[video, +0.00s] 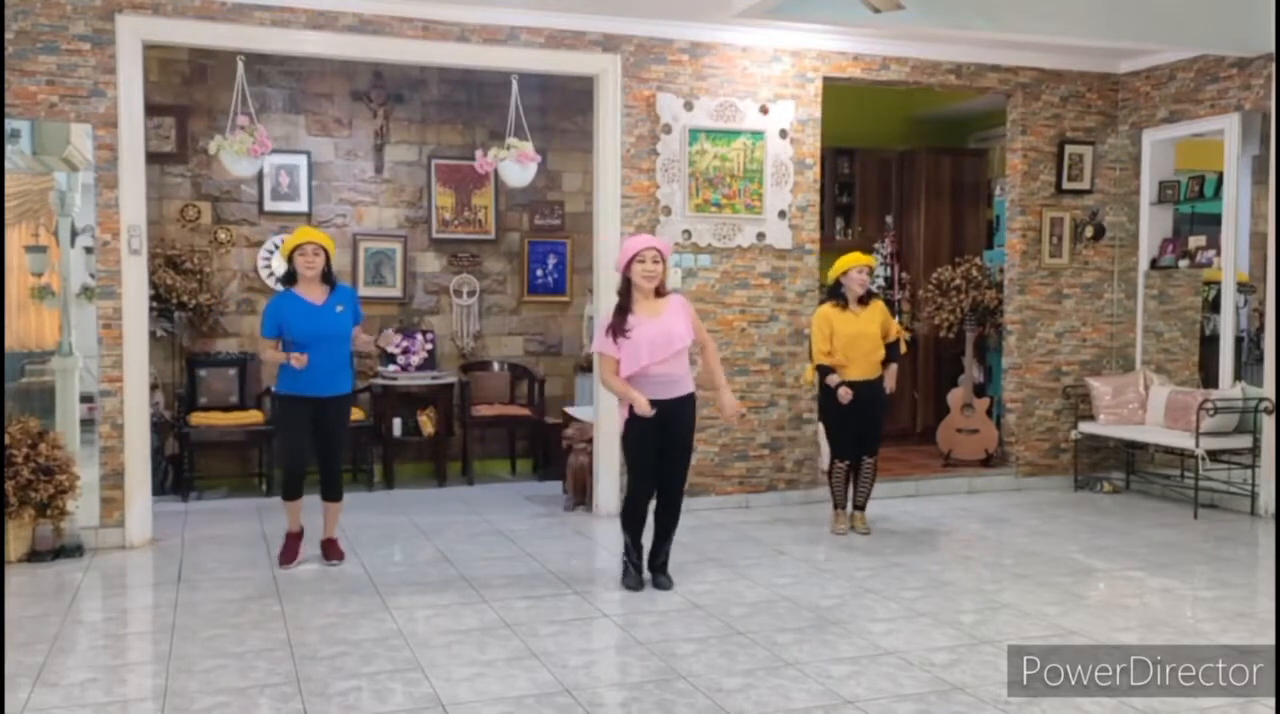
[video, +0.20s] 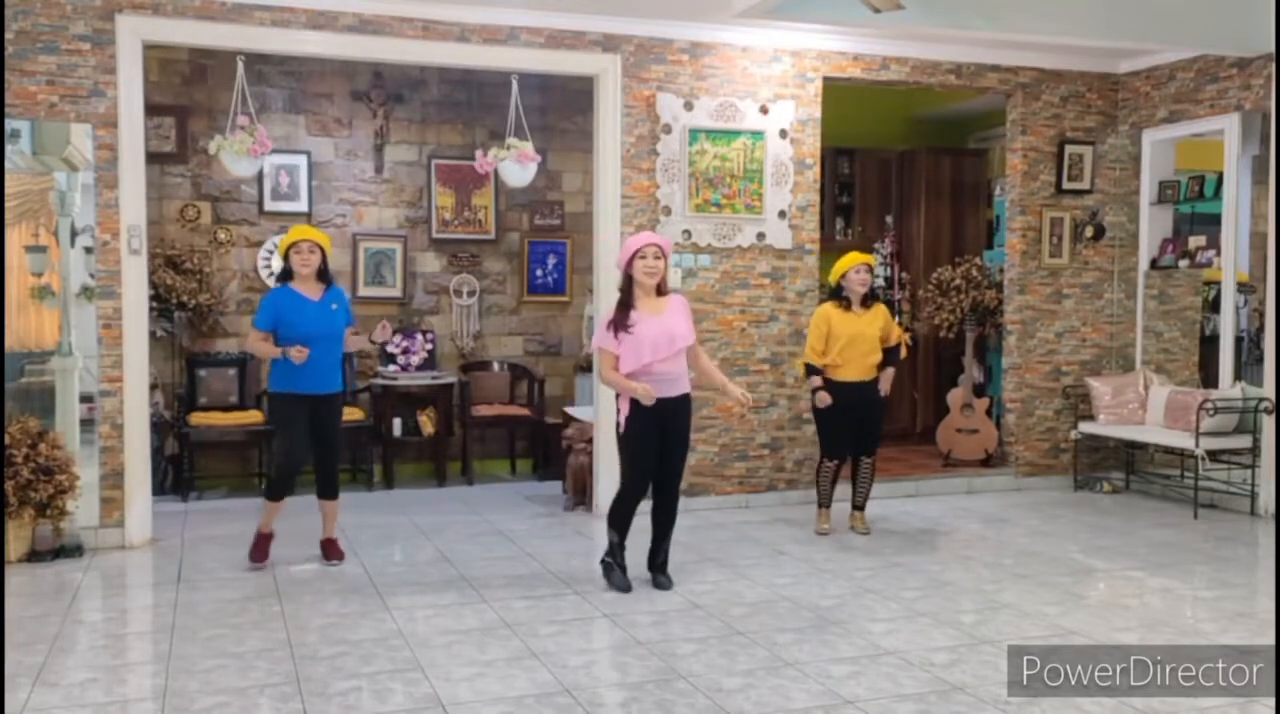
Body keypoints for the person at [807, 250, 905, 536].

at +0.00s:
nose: (865, 279)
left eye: (868, 273)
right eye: (859, 273)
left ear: (870, 278)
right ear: (842, 278)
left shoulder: (877, 308)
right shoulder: (825, 313)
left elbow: (894, 337)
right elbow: (820, 356)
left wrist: (891, 368)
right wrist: (836, 383)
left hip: (871, 387)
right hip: (837, 388)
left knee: (868, 452)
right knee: (841, 453)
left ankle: (859, 512)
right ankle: (839, 511)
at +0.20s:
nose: (864, 277)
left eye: (867, 272)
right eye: (857, 272)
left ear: (872, 278)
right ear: (842, 279)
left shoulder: (879, 312)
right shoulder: (826, 313)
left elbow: (895, 342)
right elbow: (812, 355)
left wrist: (888, 372)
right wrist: (817, 387)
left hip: (868, 390)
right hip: (833, 389)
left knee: (866, 453)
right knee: (833, 454)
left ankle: (859, 512)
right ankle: (824, 511)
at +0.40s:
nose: (856, 276)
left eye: (859, 271)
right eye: (849, 271)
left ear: (864, 278)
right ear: (834, 279)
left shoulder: (871, 314)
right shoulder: (818, 312)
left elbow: (888, 346)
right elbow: (801, 351)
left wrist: (880, 373)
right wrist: (794, 384)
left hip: (857, 391)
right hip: (821, 389)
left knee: (858, 453)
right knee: (818, 453)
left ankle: (857, 512)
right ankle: (811, 514)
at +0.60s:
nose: (844, 277)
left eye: (848, 272)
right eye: (837, 272)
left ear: (855, 278)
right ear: (824, 280)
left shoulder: (862, 315)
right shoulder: (808, 312)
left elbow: (875, 349)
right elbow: (787, 349)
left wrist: (868, 378)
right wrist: (775, 378)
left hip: (844, 392)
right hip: (807, 389)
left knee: (850, 453)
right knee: (808, 454)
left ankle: (856, 512)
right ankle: (810, 514)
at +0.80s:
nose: (835, 279)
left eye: (839, 273)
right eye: (828, 274)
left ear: (846, 279)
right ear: (815, 282)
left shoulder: (858, 312)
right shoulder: (801, 316)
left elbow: (869, 347)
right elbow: (778, 346)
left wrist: (862, 377)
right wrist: (762, 369)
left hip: (837, 393)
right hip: (799, 391)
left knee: (844, 454)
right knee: (803, 454)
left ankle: (846, 510)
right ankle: (809, 514)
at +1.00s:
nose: (831, 278)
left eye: (834, 273)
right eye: (824, 273)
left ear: (841, 279)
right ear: (810, 281)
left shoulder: (854, 309)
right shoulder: (796, 316)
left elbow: (868, 345)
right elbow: (777, 346)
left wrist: (862, 375)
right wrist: (763, 361)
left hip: (837, 392)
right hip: (799, 391)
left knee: (835, 454)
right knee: (803, 453)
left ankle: (828, 512)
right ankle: (809, 514)